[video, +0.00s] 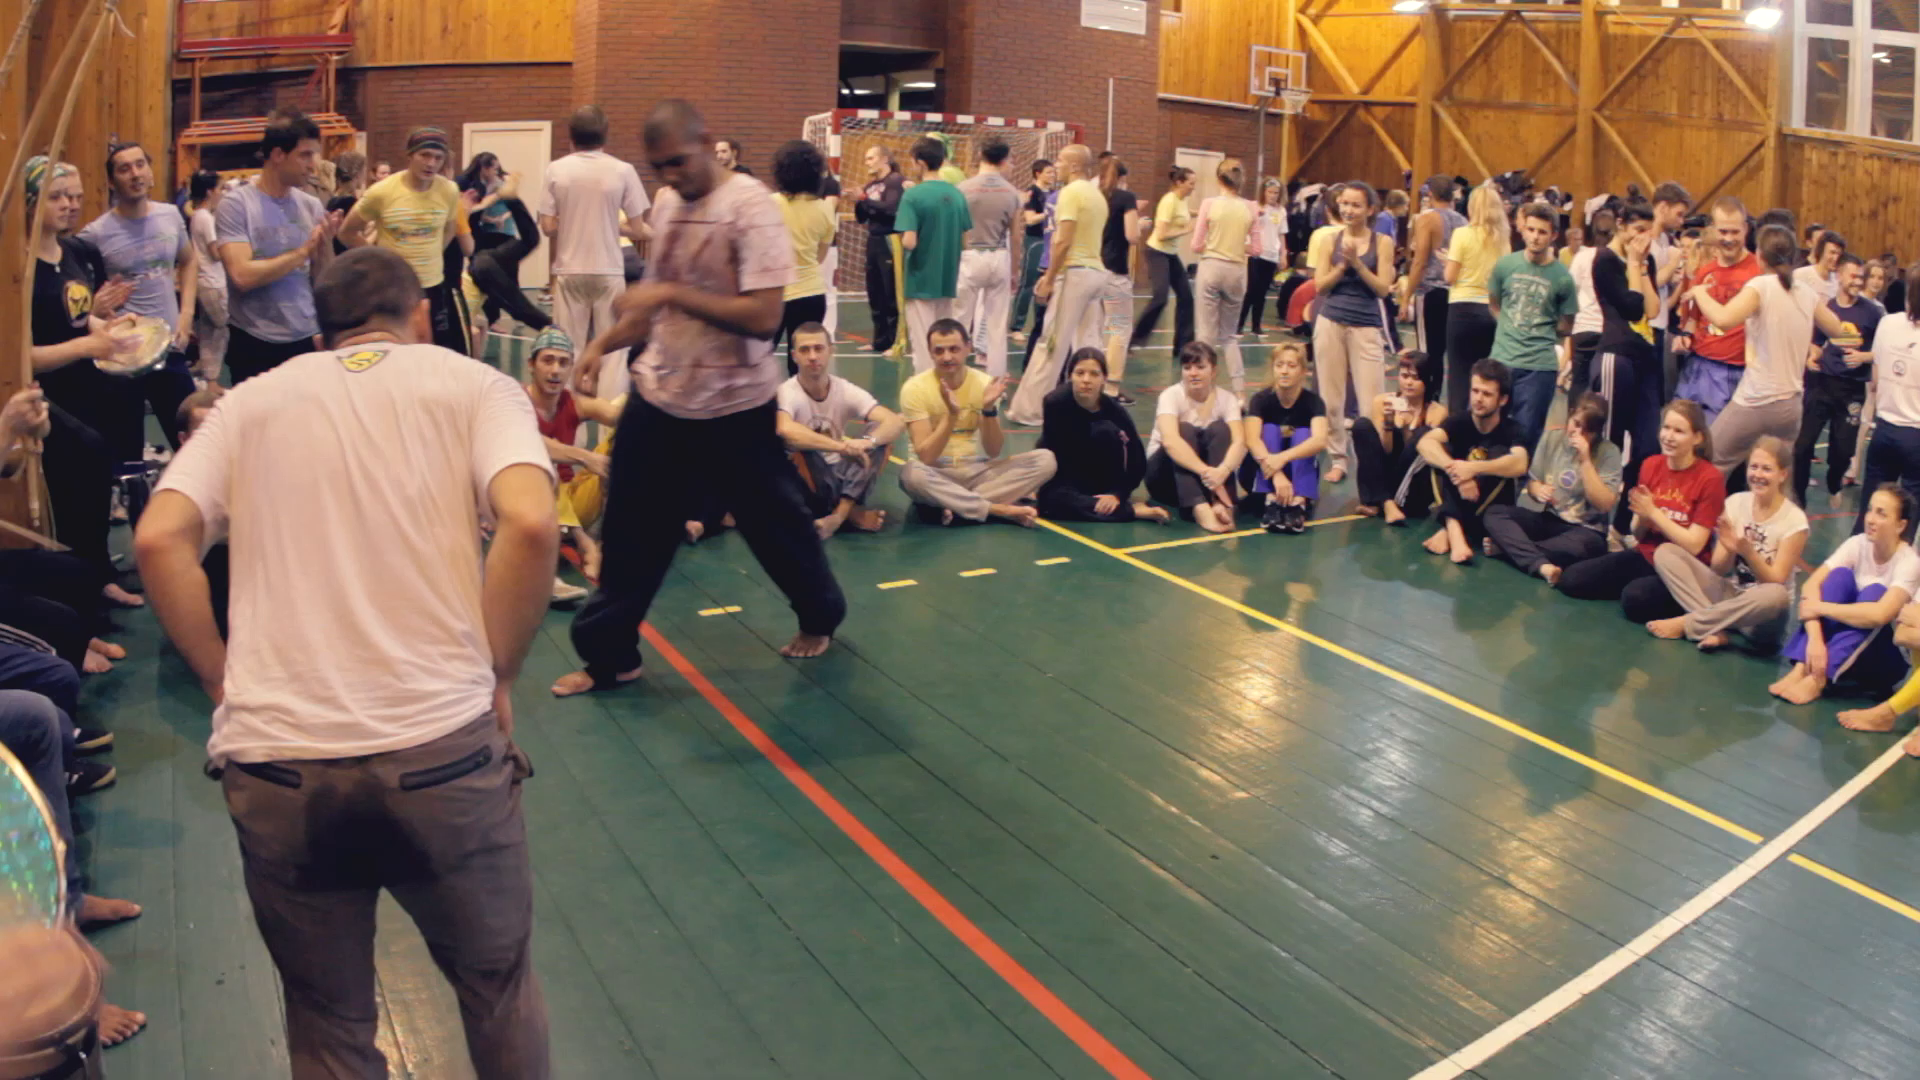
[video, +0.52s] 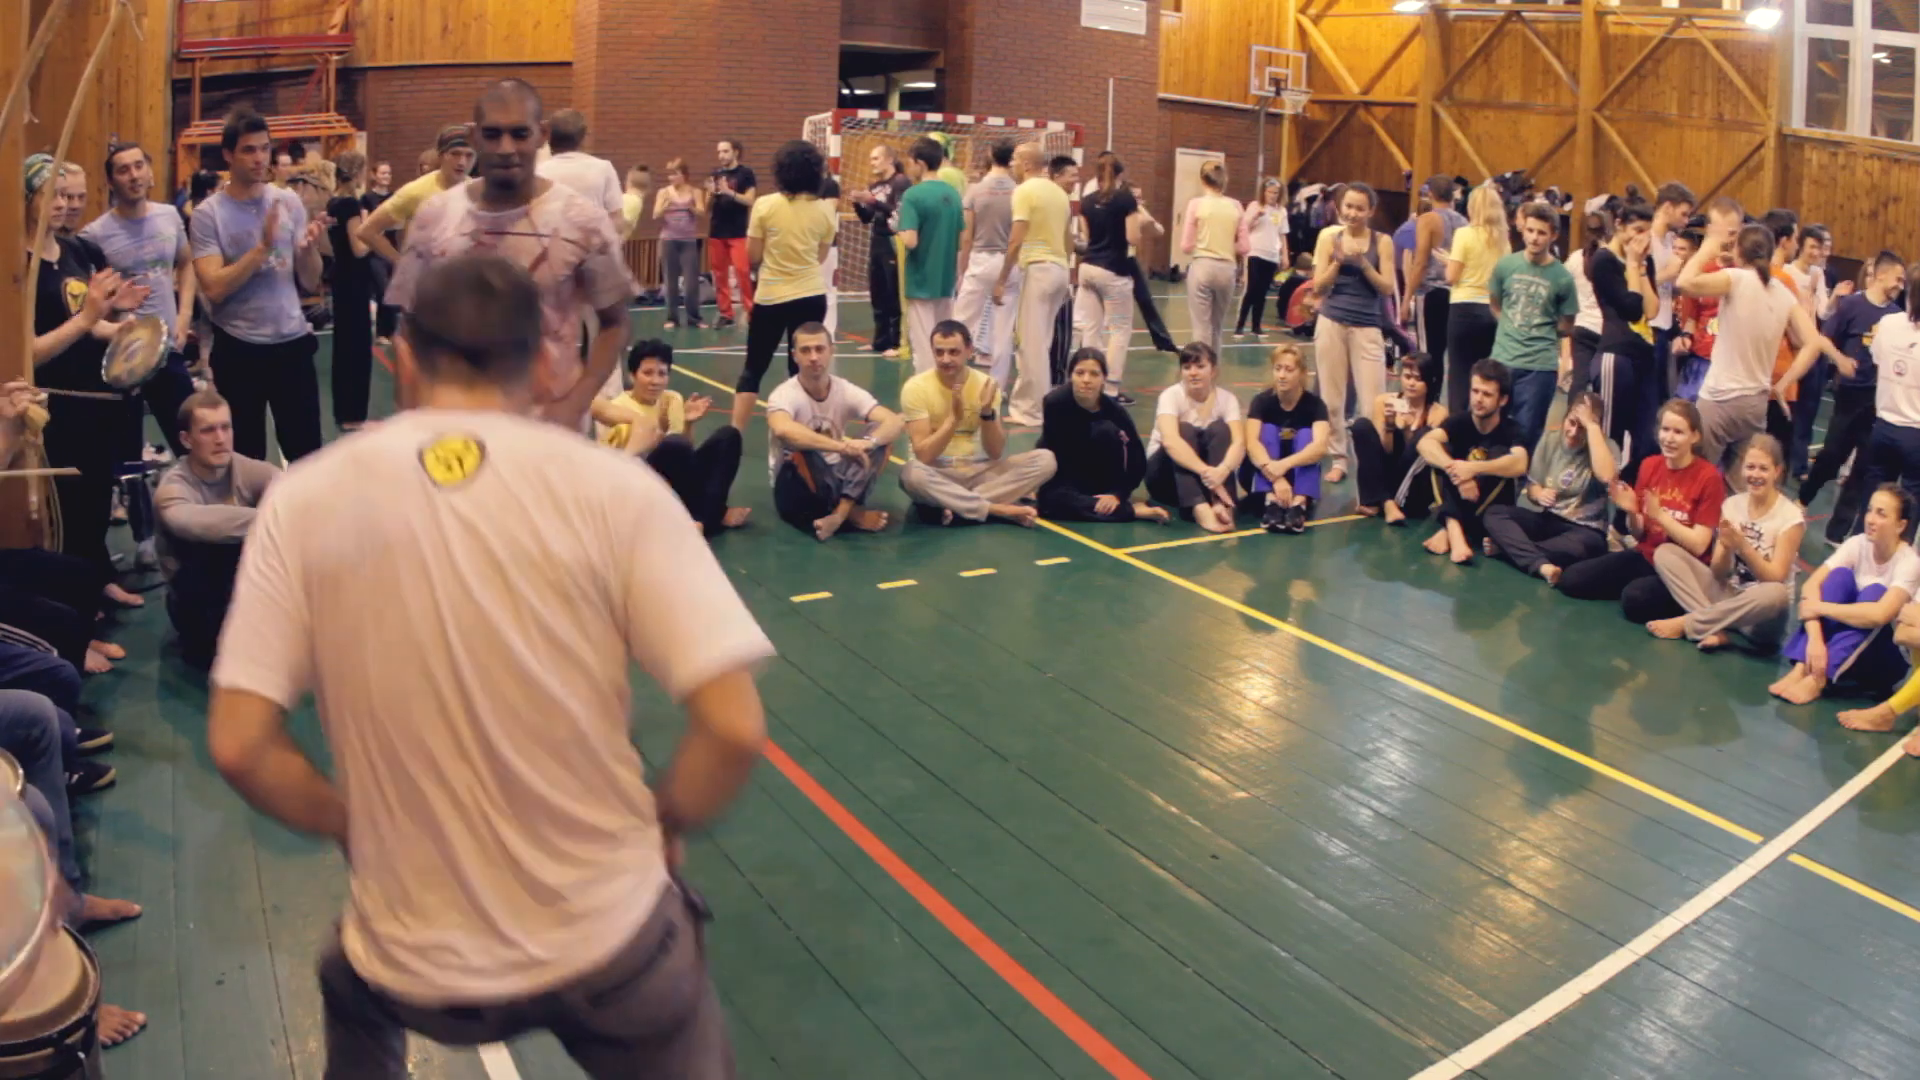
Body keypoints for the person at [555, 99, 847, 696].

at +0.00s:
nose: (668, 178)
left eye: (677, 164)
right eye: (659, 167)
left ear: (709, 145)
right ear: (653, 162)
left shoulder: (753, 207)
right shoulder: (667, 207)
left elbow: (765, 316)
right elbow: (655, 304)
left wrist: (670, 292)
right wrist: (601, 345)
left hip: (735, 407)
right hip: (659, 402)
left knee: (771, 518)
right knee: (631, 529)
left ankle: (821, 613)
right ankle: (612, 656)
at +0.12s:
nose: (614, 166)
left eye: (623, 151)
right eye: (604, 156)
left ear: (654, 136)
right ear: (595, 154)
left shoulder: (701, 204)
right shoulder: (604, 207)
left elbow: (735, 317)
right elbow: (587, 303)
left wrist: (648, 346)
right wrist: (565, 368)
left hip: (679, 410)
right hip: (606, 407)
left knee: (677, 531)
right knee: (590, 536)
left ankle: (767, 596)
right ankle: (606, 660)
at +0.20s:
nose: (586, 149)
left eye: (596, 134)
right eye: (574, 138)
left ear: (628, 124)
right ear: (564, 138)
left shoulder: (676, 198)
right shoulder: (564, 197)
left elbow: (721, 303)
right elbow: (550, 292)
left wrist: (648, 348)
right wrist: (535, 362)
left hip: (651, 403)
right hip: (580, 401)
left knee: (635, 535)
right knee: (586, 537)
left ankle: (697, 619)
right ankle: (603, 663)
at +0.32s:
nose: (558, 137)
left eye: (570, 123)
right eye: (545, 125)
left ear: (596, 119)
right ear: (531, 126)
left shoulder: (643, 194)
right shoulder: (506, 199)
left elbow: (698, 284)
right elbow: (490, 294)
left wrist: (636, 352)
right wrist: (499, 373)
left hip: (615, 392)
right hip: (535, 392)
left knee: (602, 527)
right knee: (545, 527)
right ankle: (592, 642)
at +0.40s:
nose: (536, 143)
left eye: (549, 129)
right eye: (523, 130)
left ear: (576, 130)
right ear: (507, 132)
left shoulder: (615, 198)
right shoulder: (477, 203)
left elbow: (674, 287)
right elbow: (449, 291)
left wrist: (621, 362)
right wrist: (464, 366)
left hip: (581, 393)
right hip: (497, 388)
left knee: (582, 537)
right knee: (501, 528)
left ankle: (594, 661)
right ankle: (505, 661)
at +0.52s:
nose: (506, 148)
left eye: (520, 135)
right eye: (492, 134)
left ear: (542, 136)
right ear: (474, 136)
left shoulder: (581, 218)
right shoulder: (435, 214)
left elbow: (615, 322)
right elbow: (407, 323)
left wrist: (574, 403)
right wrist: (414, 409)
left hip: (546, 417)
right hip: (453, 413)